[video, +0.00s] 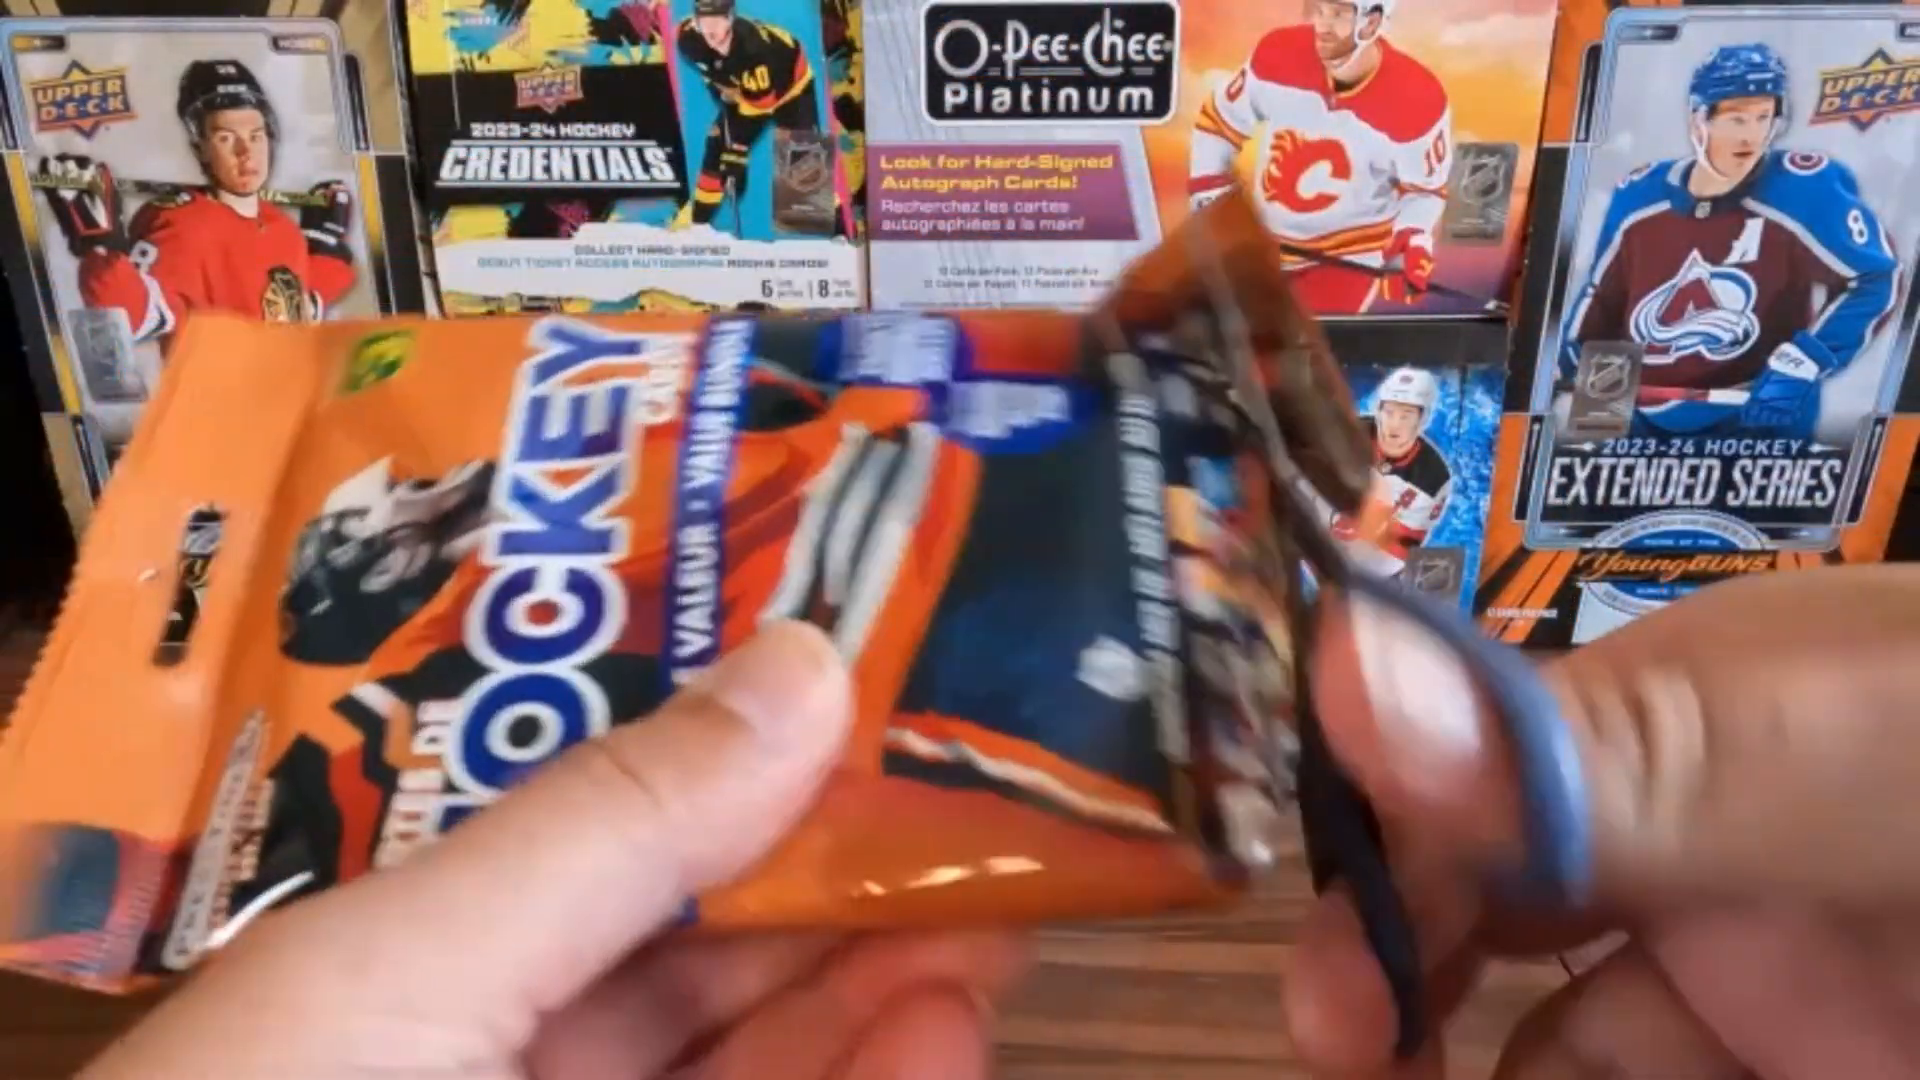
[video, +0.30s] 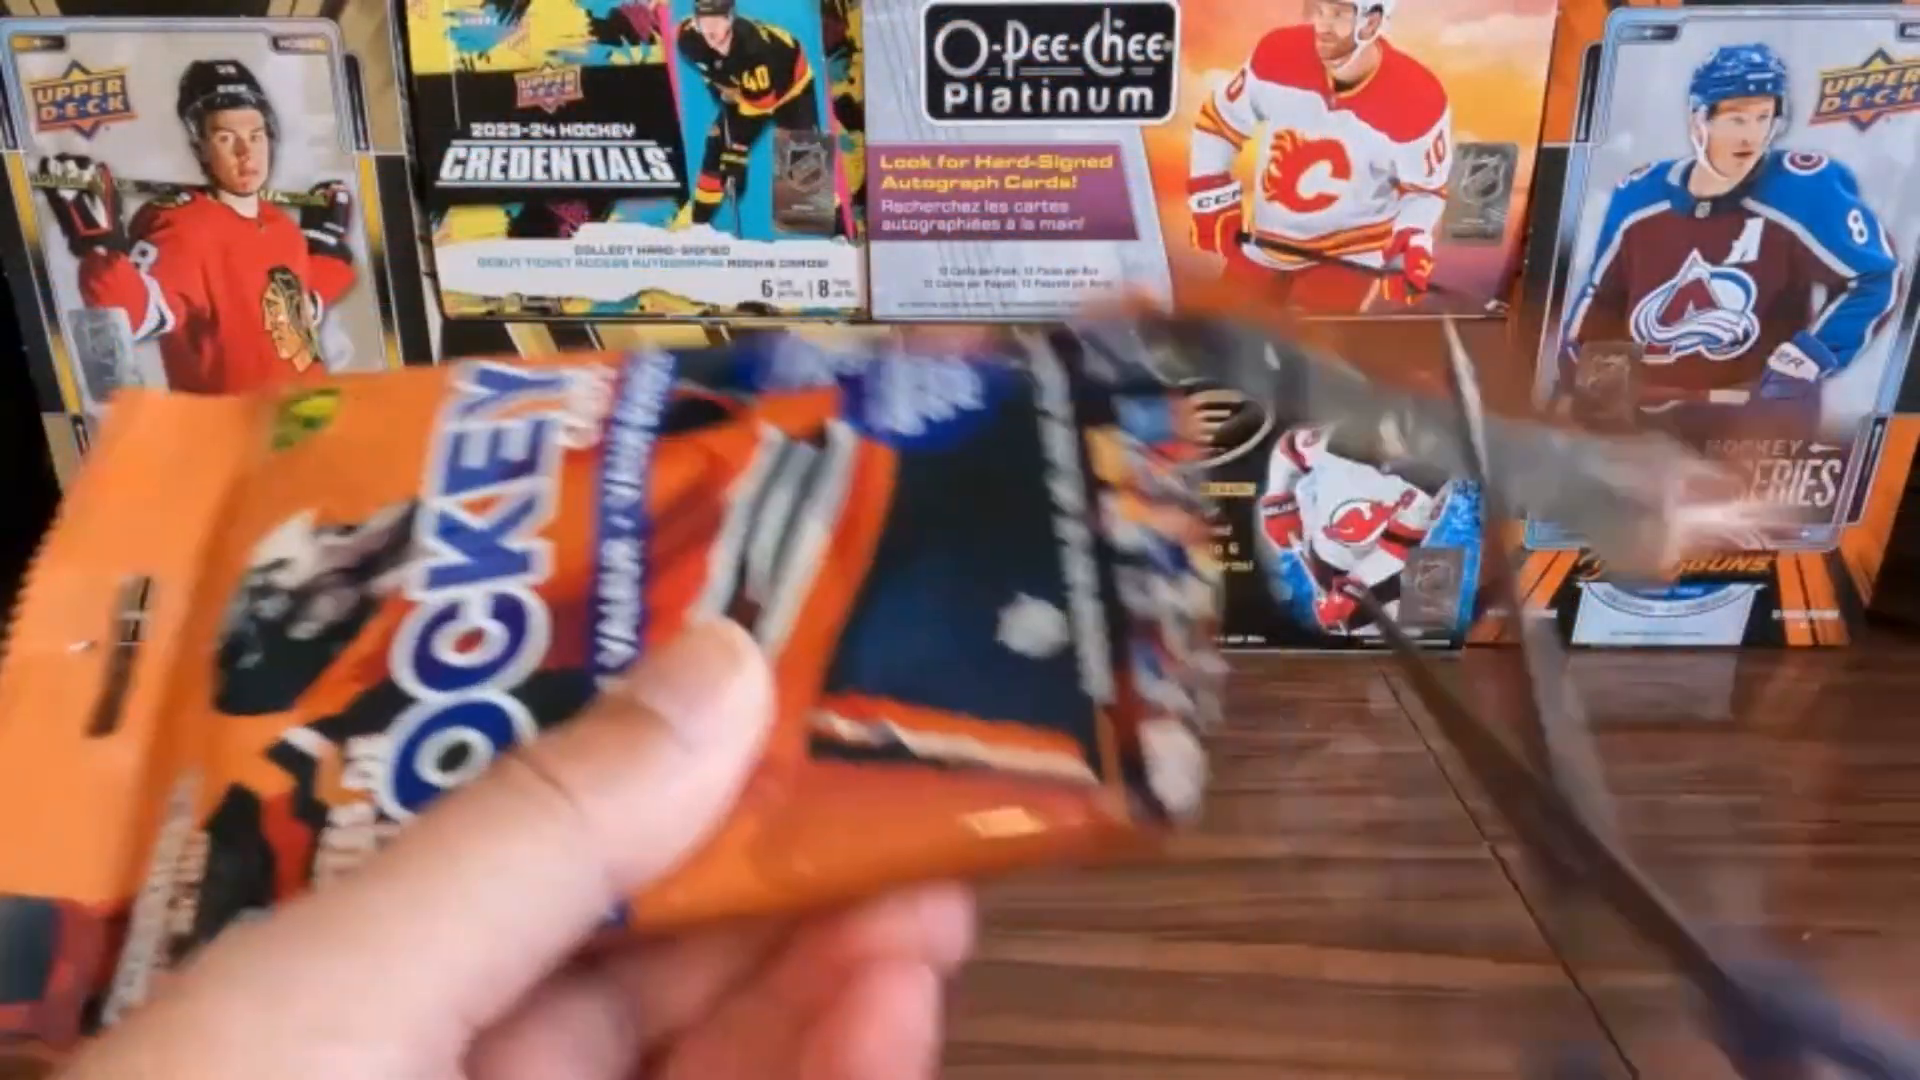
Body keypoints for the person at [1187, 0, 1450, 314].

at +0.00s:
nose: (1323, 26)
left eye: (1339, 14)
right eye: (1318, 11)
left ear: (1373, 22)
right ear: (1309, 11)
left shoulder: (1417, 96)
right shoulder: (1276, 56)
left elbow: (1424, 191)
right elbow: (1216, 125)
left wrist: (1413, 248)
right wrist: (1214, 209)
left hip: (1350, 263)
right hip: (1262, 250)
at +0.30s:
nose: (1322, 26)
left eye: (1339, 13)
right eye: (1317, 11)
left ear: (1373, 21)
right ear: (1308, 11)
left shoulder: (1417, 96)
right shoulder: (1276, 56)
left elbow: (1423, 191)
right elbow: (1215, 125)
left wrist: (1413, 251)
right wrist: (1214, 204)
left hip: (1347, 265)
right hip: (1261, 253)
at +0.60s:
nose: (1323, 26)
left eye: (1339, 14)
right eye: (1318, 11)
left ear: (1372, 22)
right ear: (1309, 11)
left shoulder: (1417, 95)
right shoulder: (1276, 56)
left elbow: (1424, 191)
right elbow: (1216, 124)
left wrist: (1414, 247)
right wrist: (1214, 201)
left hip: (1347, 261)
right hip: (1261, 249)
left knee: (1287, 367)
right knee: (1219, 361)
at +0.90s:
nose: (1322, 27)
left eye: (1339, 14)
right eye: (1317, 11)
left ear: (1373, 22)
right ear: (1309, 11)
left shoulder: (1417, 96)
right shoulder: (1276, 56)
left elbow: (1423, 191)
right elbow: (1216, 125)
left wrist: (1414, 251)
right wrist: (1216, 212)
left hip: (1356, 259)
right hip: (1271, 243)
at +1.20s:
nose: (1323, 26)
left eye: (1339, 14)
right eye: (1318, 11)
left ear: (1372, 22)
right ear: (1309, 11)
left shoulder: (1417, 96)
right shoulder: (1276, 56)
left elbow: (1423, 191)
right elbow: (1216, 127)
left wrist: (1414, 250)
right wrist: (1216, 219)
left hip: (1348, 262)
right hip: (1262, 251)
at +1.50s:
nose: (1323, 26)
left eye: (1339, 14)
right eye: (1317, 11)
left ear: (1373, 23)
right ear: (1308, 11)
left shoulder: (1417, 95)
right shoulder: (1277, 56)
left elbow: (1423, 191)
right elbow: (1216, 125)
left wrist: (1415, 250)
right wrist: (1214, 203)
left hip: (1348, 261)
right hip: (1262, 248)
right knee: (1214, 362)